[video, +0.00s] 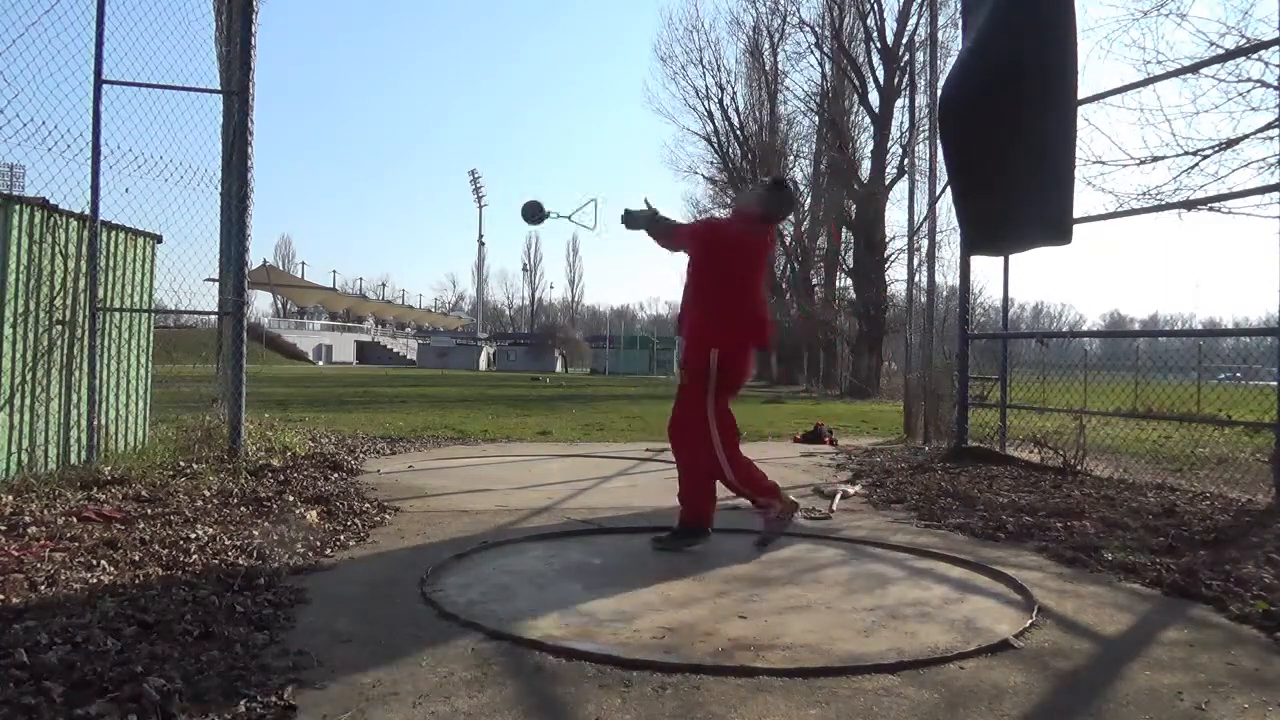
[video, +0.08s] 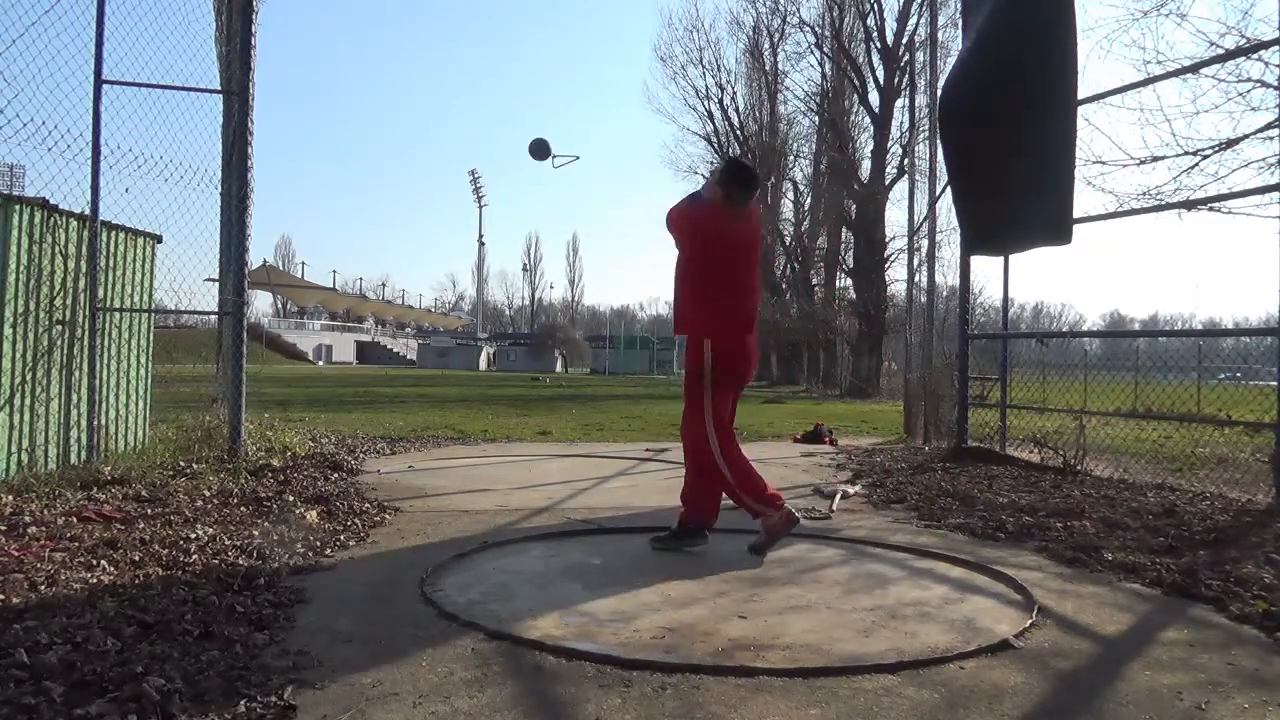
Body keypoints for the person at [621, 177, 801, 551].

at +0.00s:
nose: (742, 192)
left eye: (753, 191)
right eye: (749, 189)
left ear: (761, 206)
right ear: (766, 209)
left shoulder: (741, 233)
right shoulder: (741, 232)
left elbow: (681, 235)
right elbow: (689, 236)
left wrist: (648, 220)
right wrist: (656, 220)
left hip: (717, 346)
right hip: (708, 345)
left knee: (710, 433)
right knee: (685, 430)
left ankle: (774, 504)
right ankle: (693, 523)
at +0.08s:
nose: (707, 186)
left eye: (712, 181)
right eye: (711, 182)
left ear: (720, 188)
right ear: (746, 195)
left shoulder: (714, 219)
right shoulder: (745, 222)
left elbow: (676, 216)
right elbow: (688, 225)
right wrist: (708, 195)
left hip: (714, 340)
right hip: (730, 339)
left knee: (711, 434)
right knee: (698, 433)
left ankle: (773, 512)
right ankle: (693, 524)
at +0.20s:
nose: (683, 180)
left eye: (686, 173)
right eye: (688, 173)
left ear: (691, 176)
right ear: (727, 178)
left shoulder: (672, 213)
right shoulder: (748, 207)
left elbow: (665, 215)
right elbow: (809, 195)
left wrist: (708, 197)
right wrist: (854, 168)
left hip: (701, 338)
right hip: (741, 336)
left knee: (716, 437)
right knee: (716, 436)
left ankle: (772, 518)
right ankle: (692, 525)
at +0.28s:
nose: (686, 182)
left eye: (686, 175)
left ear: (686, 177)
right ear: (725, 176)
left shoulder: (674, 213)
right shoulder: (752, 207)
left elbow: (653, 233)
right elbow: (814, 211)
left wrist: (697, 209)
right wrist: (874, 207)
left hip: (700, 336)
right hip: (745, 336)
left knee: (707, 431)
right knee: (717, 432)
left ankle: (761, 516)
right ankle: (692, 526)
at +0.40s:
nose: (691, 185)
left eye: (690, 177)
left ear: (691, 178)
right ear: (729, 176)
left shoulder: (676, 218)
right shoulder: (758, 212)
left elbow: (647, 257)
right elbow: (817, 245)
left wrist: (685, 229)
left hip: (701, 336)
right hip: (751, 337)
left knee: (696, 425)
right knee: (728, 427)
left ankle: (721, 525)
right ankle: (693, 522)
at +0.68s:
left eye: (726, 165)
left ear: (724, 167)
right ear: (764, 167)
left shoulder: (702, 207)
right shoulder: (787, 205)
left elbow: (673, 262)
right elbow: (839, 261)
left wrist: (718, 249)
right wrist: (888, 304)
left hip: (716, 331)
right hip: (771, 332)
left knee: (722, 435)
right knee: (755, 426)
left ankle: (731, 544)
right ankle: (758, 515)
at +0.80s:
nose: (782, 172)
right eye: (786, 164)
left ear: (746, 162)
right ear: (787, 164)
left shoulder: (716, 203)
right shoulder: (805, 207)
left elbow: (681, 257)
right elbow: (857, 266)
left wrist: (730, 258)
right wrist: (909, 310)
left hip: (723, 338)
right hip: (780, 340)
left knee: (724, 444)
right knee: (790, 433)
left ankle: (732, 548)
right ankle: (811, 533)